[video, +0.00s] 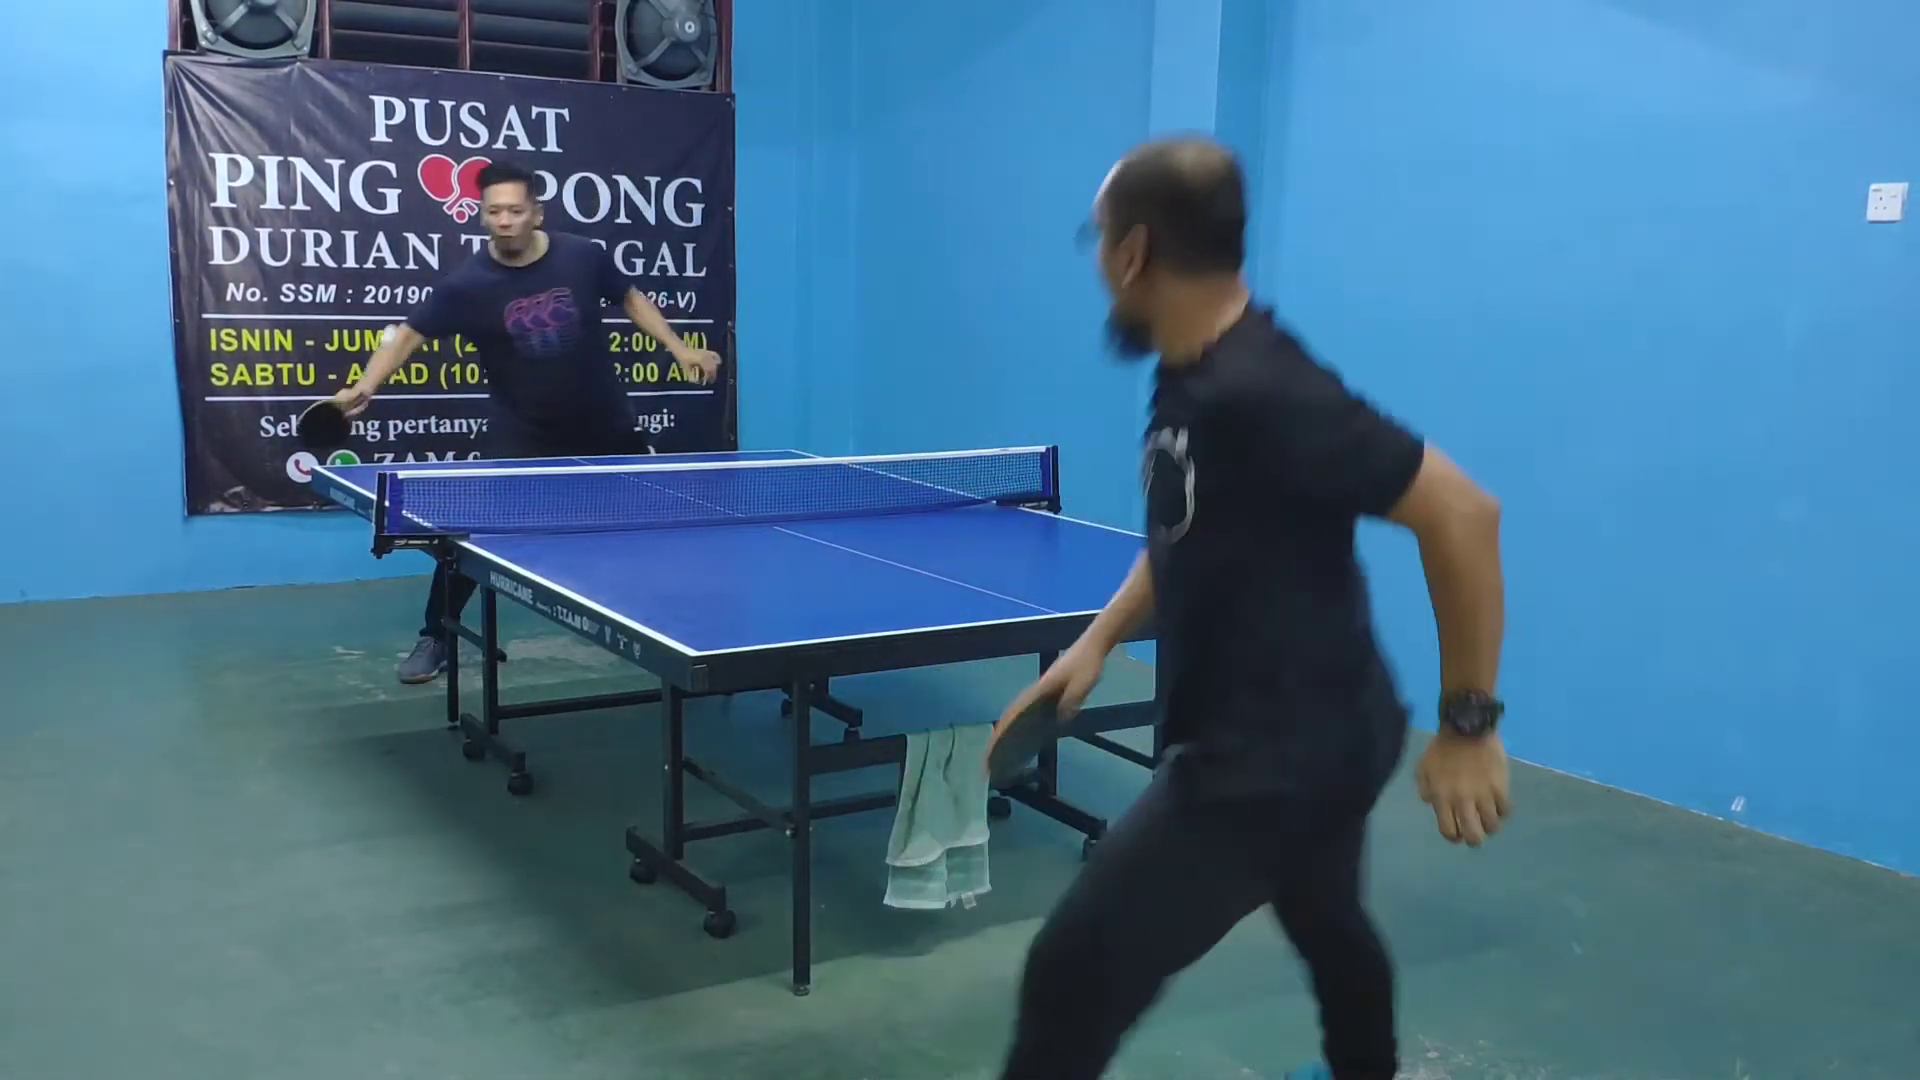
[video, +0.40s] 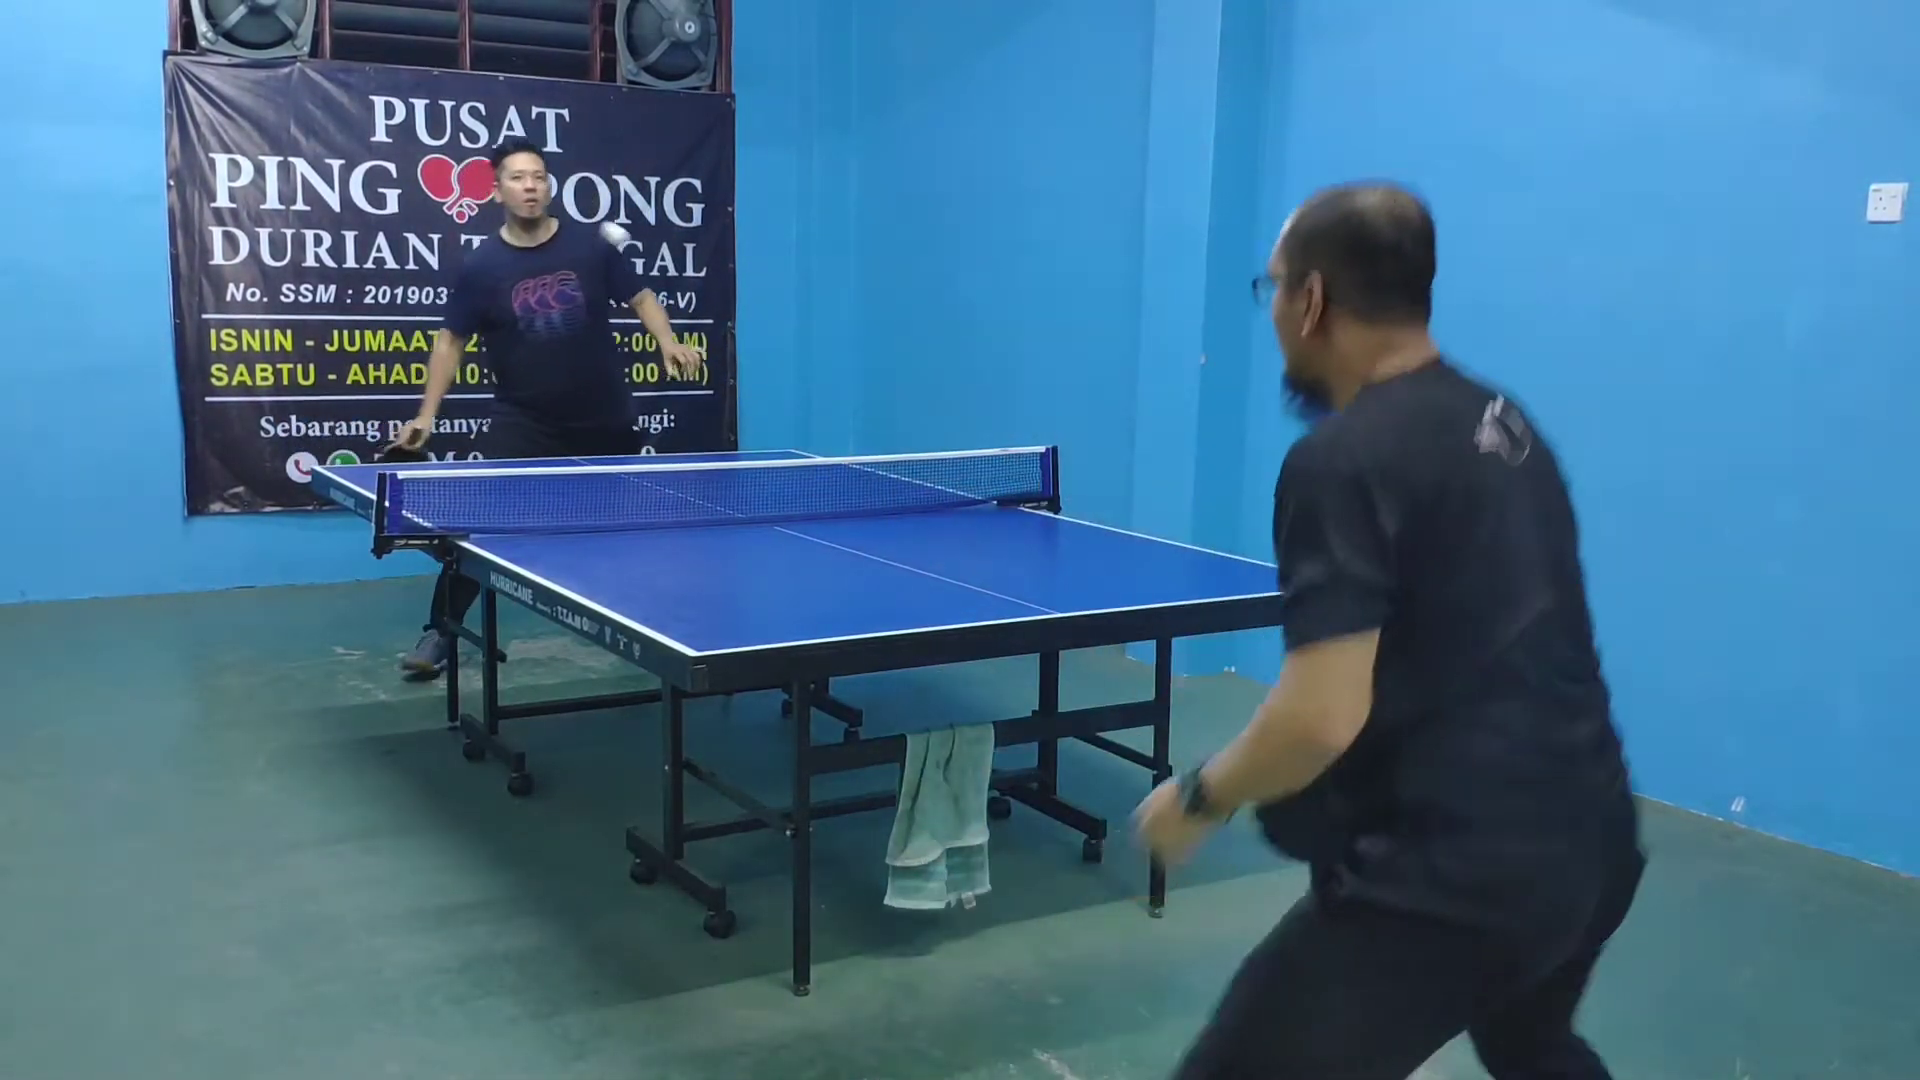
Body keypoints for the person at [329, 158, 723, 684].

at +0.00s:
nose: (505, 221)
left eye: (515, 210)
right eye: (495, 211)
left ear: (536, 210)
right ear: (483, 216)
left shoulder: (582, 257)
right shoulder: (467, 284)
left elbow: (630, 298)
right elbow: (408, 334)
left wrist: (681, 349)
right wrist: (365, 386)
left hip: (605, 427)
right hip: (521, 434)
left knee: (663, 522)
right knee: (471, 524)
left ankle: (695, 639)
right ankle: (436, 636)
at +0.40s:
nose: (530, 187)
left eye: (537, 177)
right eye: (517, 178)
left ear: (550, 185)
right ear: (498, 189)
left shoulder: (590, 245)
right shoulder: (480, 265)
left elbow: (639, 297)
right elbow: (449, 341)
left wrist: (668, 342)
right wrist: (426, 415)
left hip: (604, 417)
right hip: (525, 422)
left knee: (652, 518)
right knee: (483, 517)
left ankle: (684, 639)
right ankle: (440, 634)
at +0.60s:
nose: (561, 176)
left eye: (568, 166)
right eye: (549, 167)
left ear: (580, 174)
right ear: (527, 176)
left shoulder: (618, 236)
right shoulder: (506, 249)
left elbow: (663, 292)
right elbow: (479, 329)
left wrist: (676, 339)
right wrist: (459, 406)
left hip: (612, 405)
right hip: (536, 408)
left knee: (640, 506)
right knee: (502, 501)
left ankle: (649, 617)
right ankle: (475, 611)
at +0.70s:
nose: (565, 175)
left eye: (572, 165)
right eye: (553, 166)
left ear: (583, 173)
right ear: (530, 175)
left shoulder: (619, 237)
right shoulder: (507, 246)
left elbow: (664, 295)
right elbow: (479, 324)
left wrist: (676, 350)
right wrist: (462, 397)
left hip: (610, 407)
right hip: (534, 410)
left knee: (625, 514)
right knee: (513, 515)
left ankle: (638, 626)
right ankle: (496, 627)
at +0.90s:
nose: (560, 171)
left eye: (568, 161)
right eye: (548, 161)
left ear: (577, 170)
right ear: (525, 169)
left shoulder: (608, 235)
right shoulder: (496, 242)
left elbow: (643, 305)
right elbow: (473, 321)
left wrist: (665, 378)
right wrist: (461, 395)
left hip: (607, 404)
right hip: (528, 408)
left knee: (639, 508)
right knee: (505, 515)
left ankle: (650, 626)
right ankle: (495, 627)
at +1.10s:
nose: (573, 172)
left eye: (581, 162)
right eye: (561, 163)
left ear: (591, 171)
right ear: (540, 172)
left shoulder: (627, 235)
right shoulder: (512, 243)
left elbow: (655, 309)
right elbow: (477, 320)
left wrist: (680, 380)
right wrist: (466, 389)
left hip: (622, 408)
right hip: (543, 412)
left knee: (639, 517)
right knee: (514, 518)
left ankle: (650, 629)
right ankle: (496, 628)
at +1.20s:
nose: (585, 174)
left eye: (593, 164)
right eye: (573, 165)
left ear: (605, 172)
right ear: (555, 174)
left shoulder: (640, 237)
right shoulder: (532, 242)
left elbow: (672, 312)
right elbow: (494, 316)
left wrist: (699, 387)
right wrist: (483, 383)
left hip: (636, 407)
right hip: (559, 409)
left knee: (655, 514)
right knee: (527, 515)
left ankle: (672, 632)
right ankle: (496, 628)